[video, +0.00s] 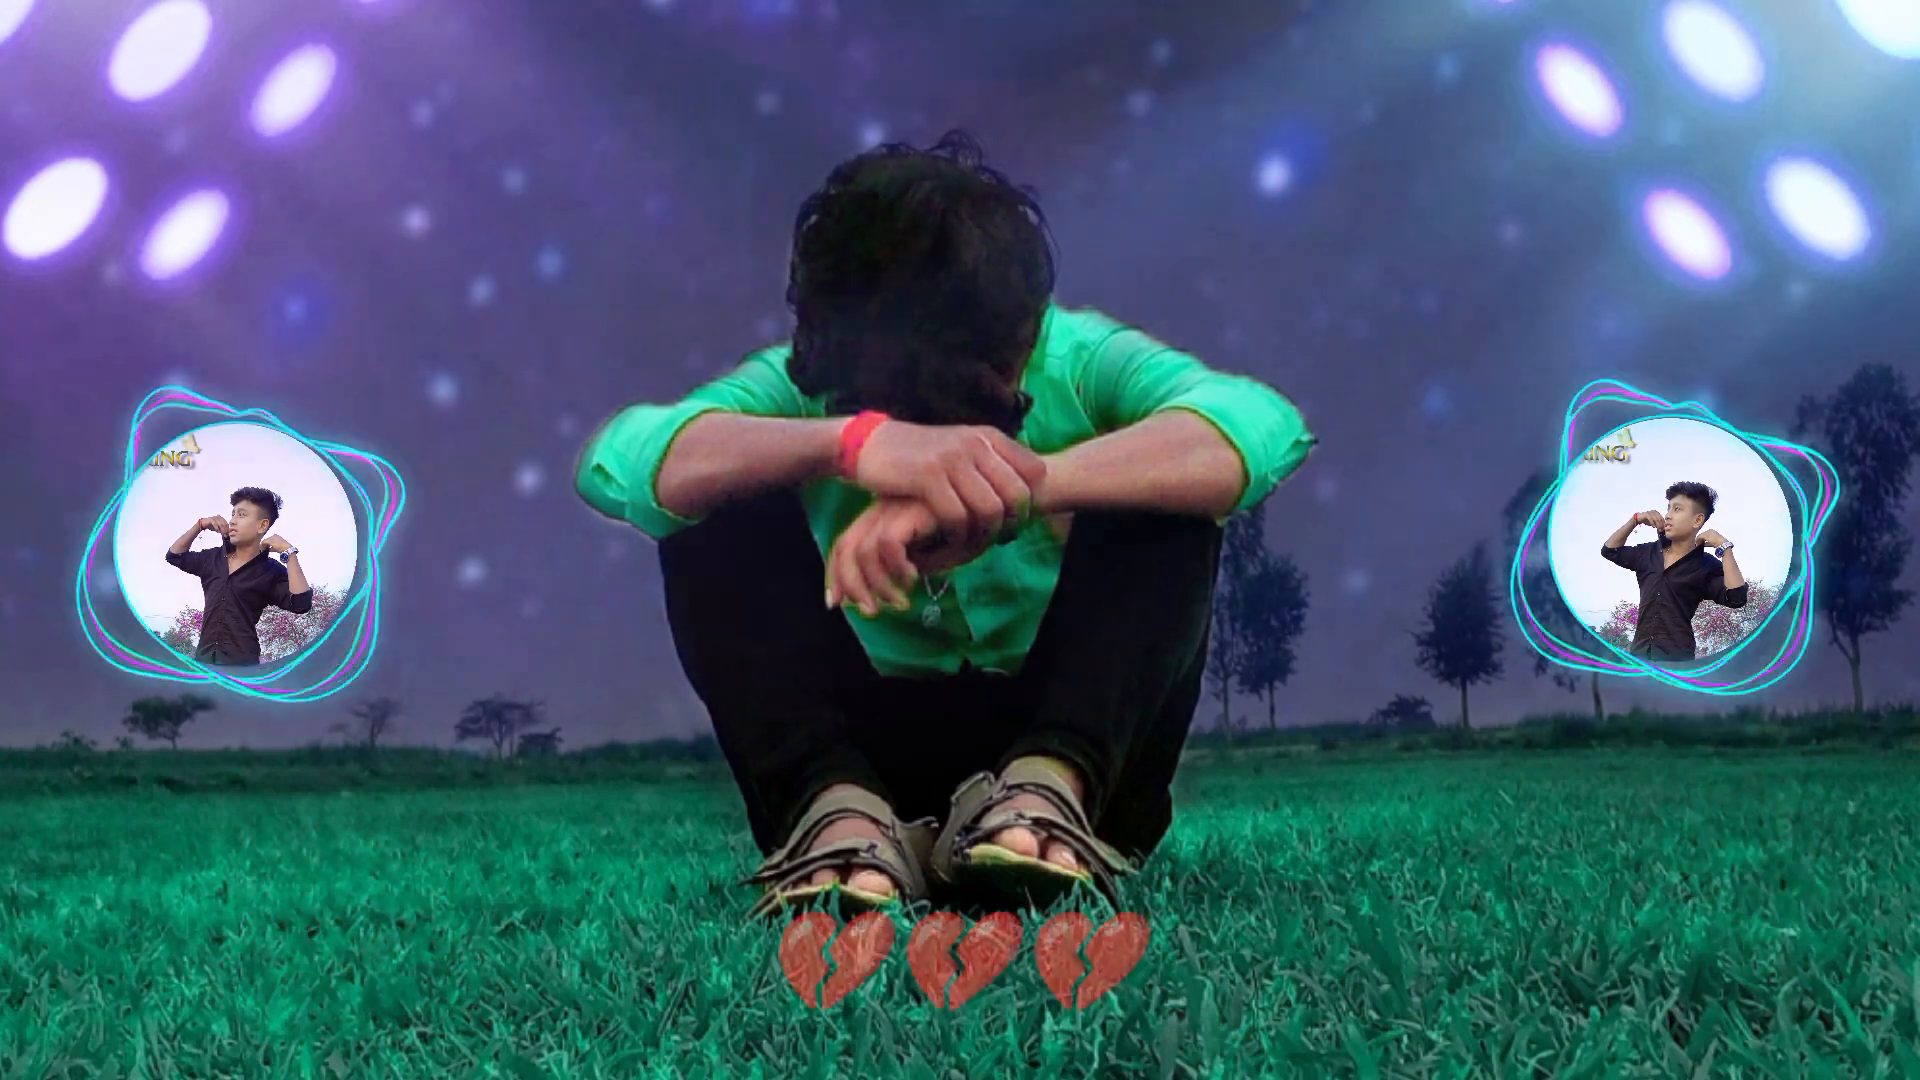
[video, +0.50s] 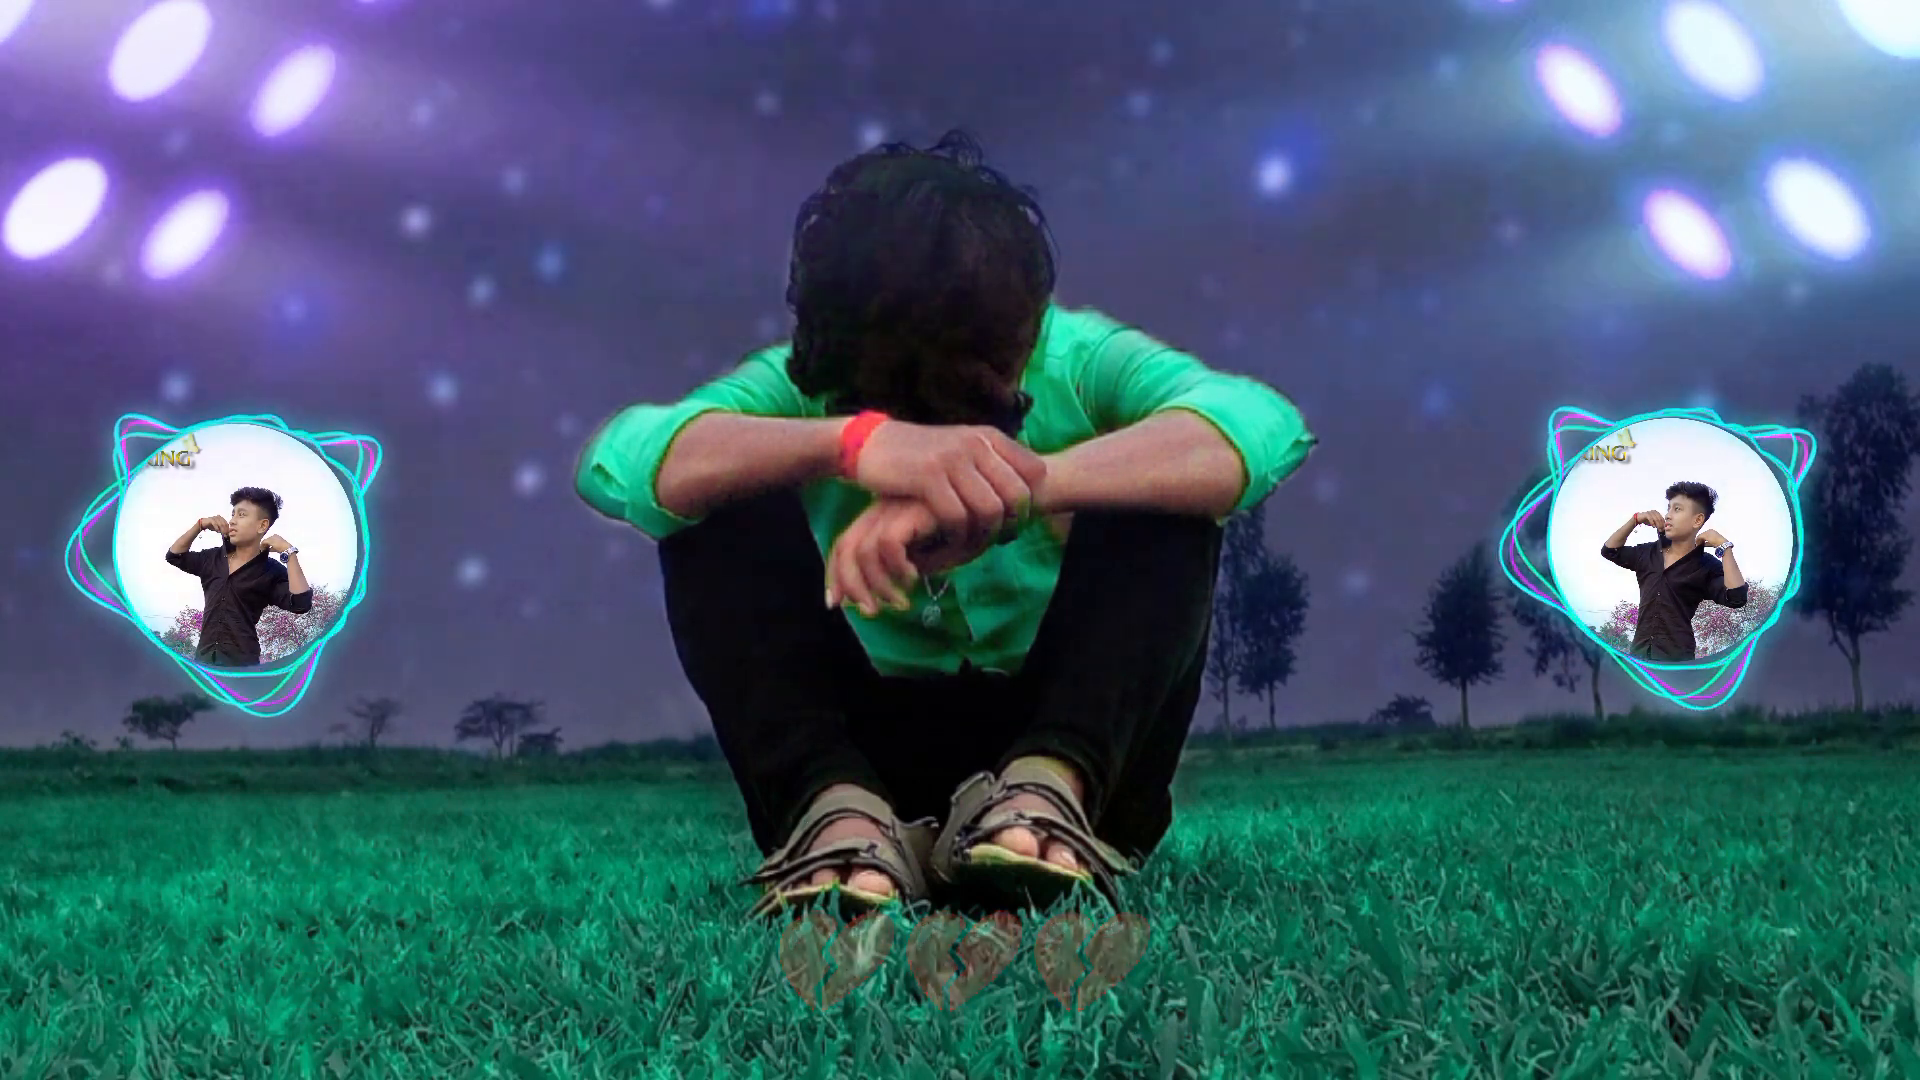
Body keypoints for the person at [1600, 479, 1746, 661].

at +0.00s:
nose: (1667, 515)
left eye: (1677, 509)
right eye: (1668, 509)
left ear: (1698, 520)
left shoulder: (1705, 565)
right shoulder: (1647, 552)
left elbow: (1737, 599)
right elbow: (1609, 551)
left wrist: (1725, 547)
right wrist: (1634, 520)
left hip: (1677, 657)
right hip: (1639, 653)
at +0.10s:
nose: (1667, 515)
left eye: (1677, 509)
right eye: (1668, 509)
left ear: (1698, 520)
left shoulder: (1705, 564)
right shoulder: (1647, 553)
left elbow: (1737, 599)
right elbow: (1609, 551)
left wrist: (1725, 547)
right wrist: (1634, 520)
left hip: (1677, 658)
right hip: (1639, 653)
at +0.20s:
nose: (1667, 515)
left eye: (1677, 509)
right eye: (1668, 509)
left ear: (1698, 520)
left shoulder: (1705, 564)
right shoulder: (1647, 553)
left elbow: (1737, 599)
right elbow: (1609, 551)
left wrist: (1725, 547)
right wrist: (1634, 520)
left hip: (1677, 659)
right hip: (1639, 654)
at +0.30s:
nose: (1667, 515)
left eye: (1677, 509)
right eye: (1668, 509)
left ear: (1698, 520)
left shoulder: (1705, 564)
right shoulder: (1647, 553)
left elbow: (1737, 599)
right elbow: (1609, 551)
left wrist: (1725, 547)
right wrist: (1634, 520)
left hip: (1677, 659)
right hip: (1639, 655)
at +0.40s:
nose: (1667, 515)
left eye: (1677, 509)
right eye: (1668, 509)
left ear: (1698, 520)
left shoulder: (1705, 564)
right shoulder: (1647, 553)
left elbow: (1737, 599)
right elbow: (1609, 551)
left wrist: (1725, 547)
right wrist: (1634, 520)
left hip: (1677, 660)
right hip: (1639, 655)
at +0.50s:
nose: (1667, 515)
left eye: (1677, 509)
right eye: (1668, 508)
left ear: (1698, 520)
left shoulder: (1705, 565)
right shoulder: (1647, 553)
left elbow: (1737, 599)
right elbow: (1609, 551)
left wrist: (1725, 547)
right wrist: (1634, 521)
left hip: (1677, 659)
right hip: (1639, 654)